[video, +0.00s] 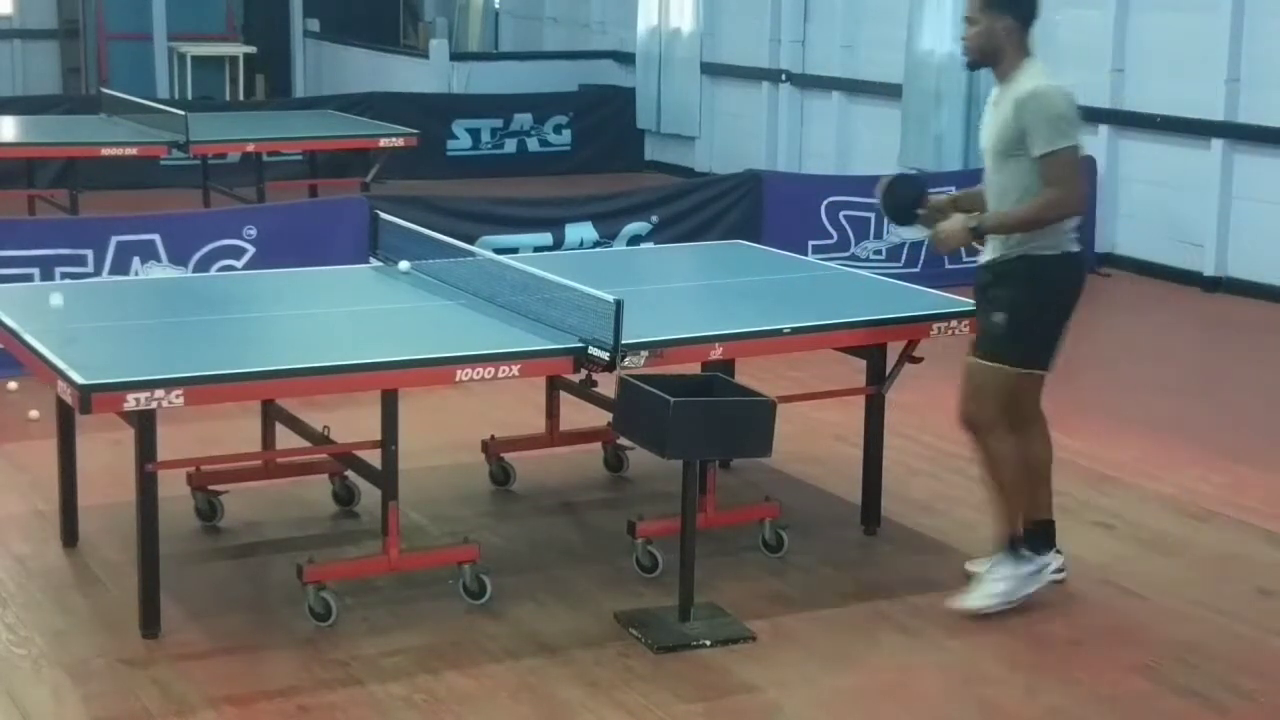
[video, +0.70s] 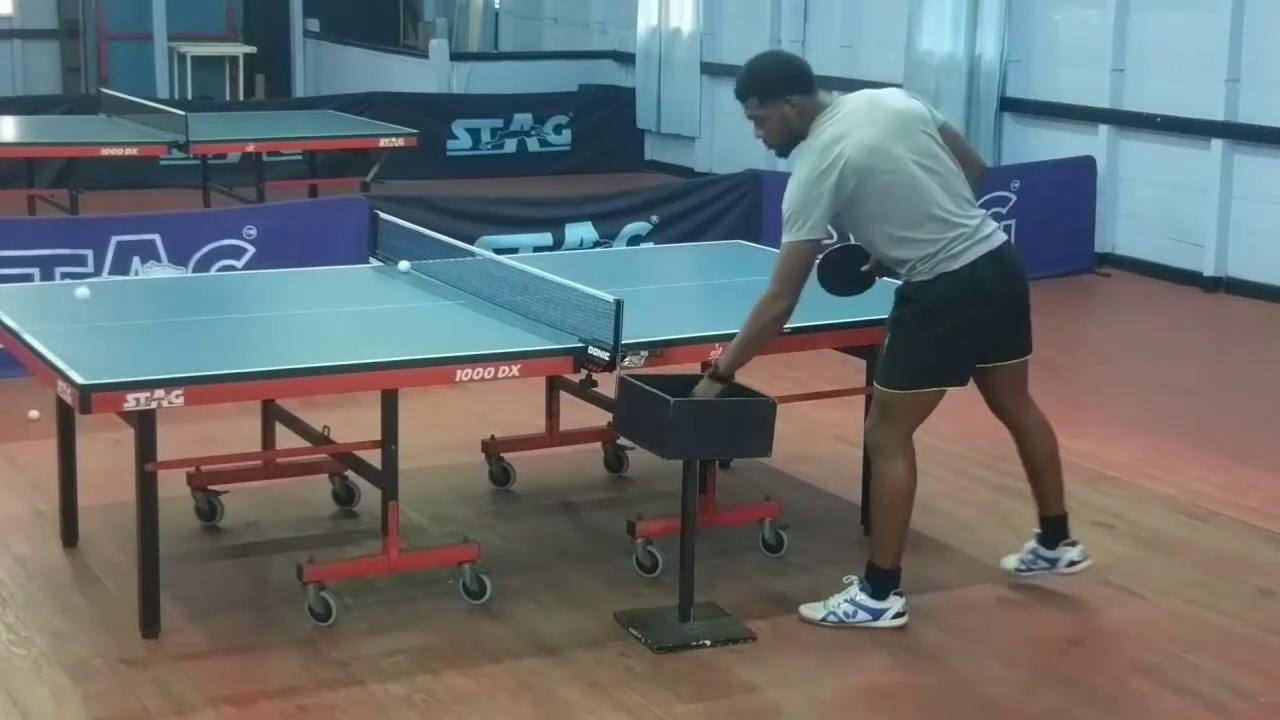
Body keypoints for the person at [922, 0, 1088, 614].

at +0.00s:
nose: (964, 35)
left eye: (973, 22)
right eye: (965, 22)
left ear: (1008, 26)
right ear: (1003, 28)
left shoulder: (1041, 97)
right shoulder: (1007, 97)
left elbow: (1069, 196)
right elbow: (1019, 188)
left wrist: (976, 225)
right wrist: (956, 202)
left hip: (1037, 267)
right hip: (1020, 264)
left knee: (982, 409)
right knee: (1020, 411)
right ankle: (1038, 546)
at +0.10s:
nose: (931, 45)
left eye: (941, 32)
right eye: (932, 33)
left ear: (979, 34)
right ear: (971, 36)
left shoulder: (1005, 104)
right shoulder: (990, 101)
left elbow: (1029, 209)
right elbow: (994, 194)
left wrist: (940, 237)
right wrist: (928, 206)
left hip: (1009, 278)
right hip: (1013, 273)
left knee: (959, 425)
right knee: (1013, 415)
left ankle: (935, 576)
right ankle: (1040, 549)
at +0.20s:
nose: (896, 61)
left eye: (903, 49)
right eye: (896, 49)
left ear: (936, 48)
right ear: (937, 48)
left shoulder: (964, 113)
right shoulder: (974, 100)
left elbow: (977, 227)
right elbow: (979, 201)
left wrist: (886, 264)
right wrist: (916, 213)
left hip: (984, 287)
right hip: (1008, 280)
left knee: (933, 433)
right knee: (1003, 416)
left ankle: (889, 589)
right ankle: (1039, 549)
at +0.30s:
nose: (848, 84)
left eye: (854, 71)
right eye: (845, 72)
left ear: (887, 61)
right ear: (899, 61)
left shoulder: (917, 125)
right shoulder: (958, 103)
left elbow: (915, 244)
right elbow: (962, 199)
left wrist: (827, 298)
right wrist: (896, 229)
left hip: (964, 290)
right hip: (1004, 280)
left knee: (897, 425)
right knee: (993, 412)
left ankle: (881, 591)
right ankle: (1036, 544)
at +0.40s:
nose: (806, 105)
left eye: (808, 91)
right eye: (802, 93)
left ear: (841, 78)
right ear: (854, 75)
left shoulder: (868, 139)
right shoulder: (927, 98)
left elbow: (854, 266)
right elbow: (973, 180)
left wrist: (772, 333)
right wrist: (891, 241)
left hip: (951, 291)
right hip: (1001, 277)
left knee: (892, 428)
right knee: (992, 407)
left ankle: (880, 591)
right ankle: (1029, 541)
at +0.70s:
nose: (756, 132)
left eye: (758, 119)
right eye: (752, 121)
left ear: (792, 103)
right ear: (802, 100)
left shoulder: (815, 168)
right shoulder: (893, 101)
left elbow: (782, 303)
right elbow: (972, 170)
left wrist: (720, 371)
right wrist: (894, 246)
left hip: (939, 294)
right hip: (999, 269)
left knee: (889, 433)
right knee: (1015, 401)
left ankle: (879, 592)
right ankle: (1057, 540)